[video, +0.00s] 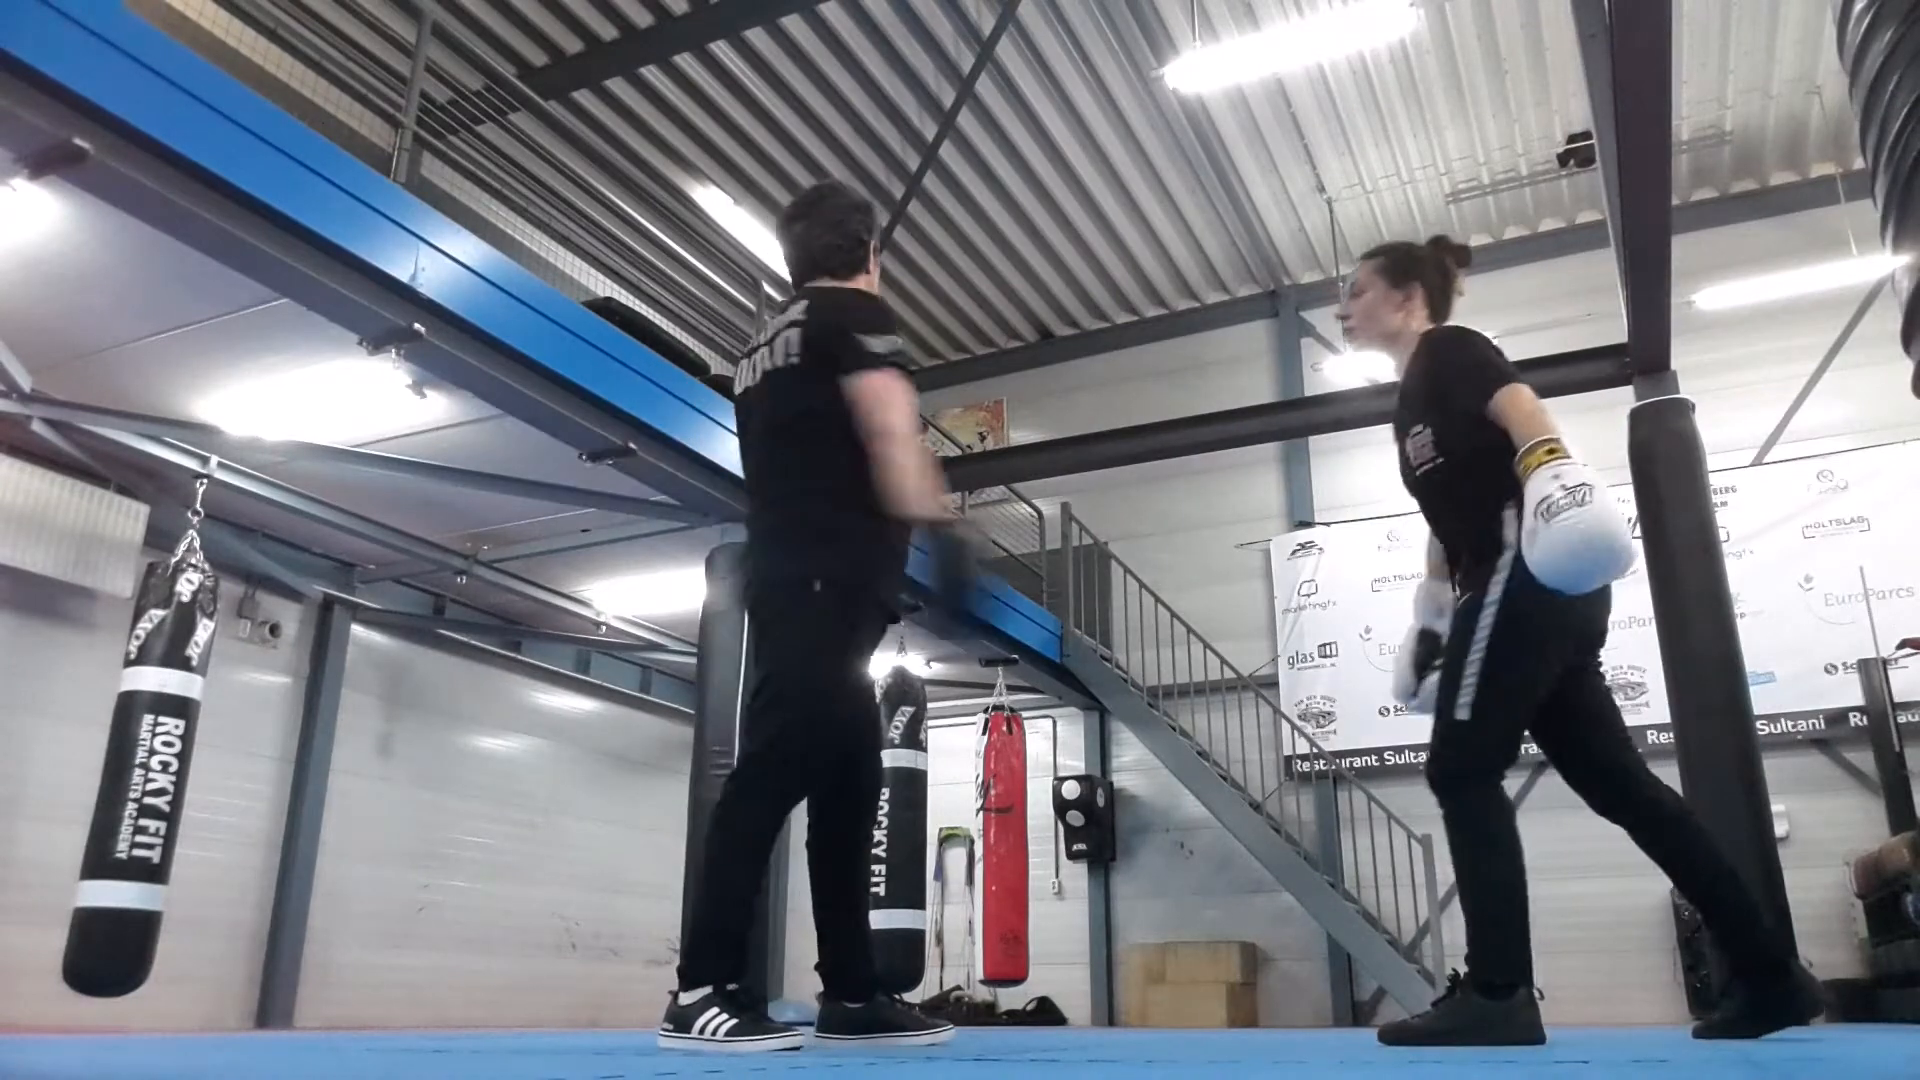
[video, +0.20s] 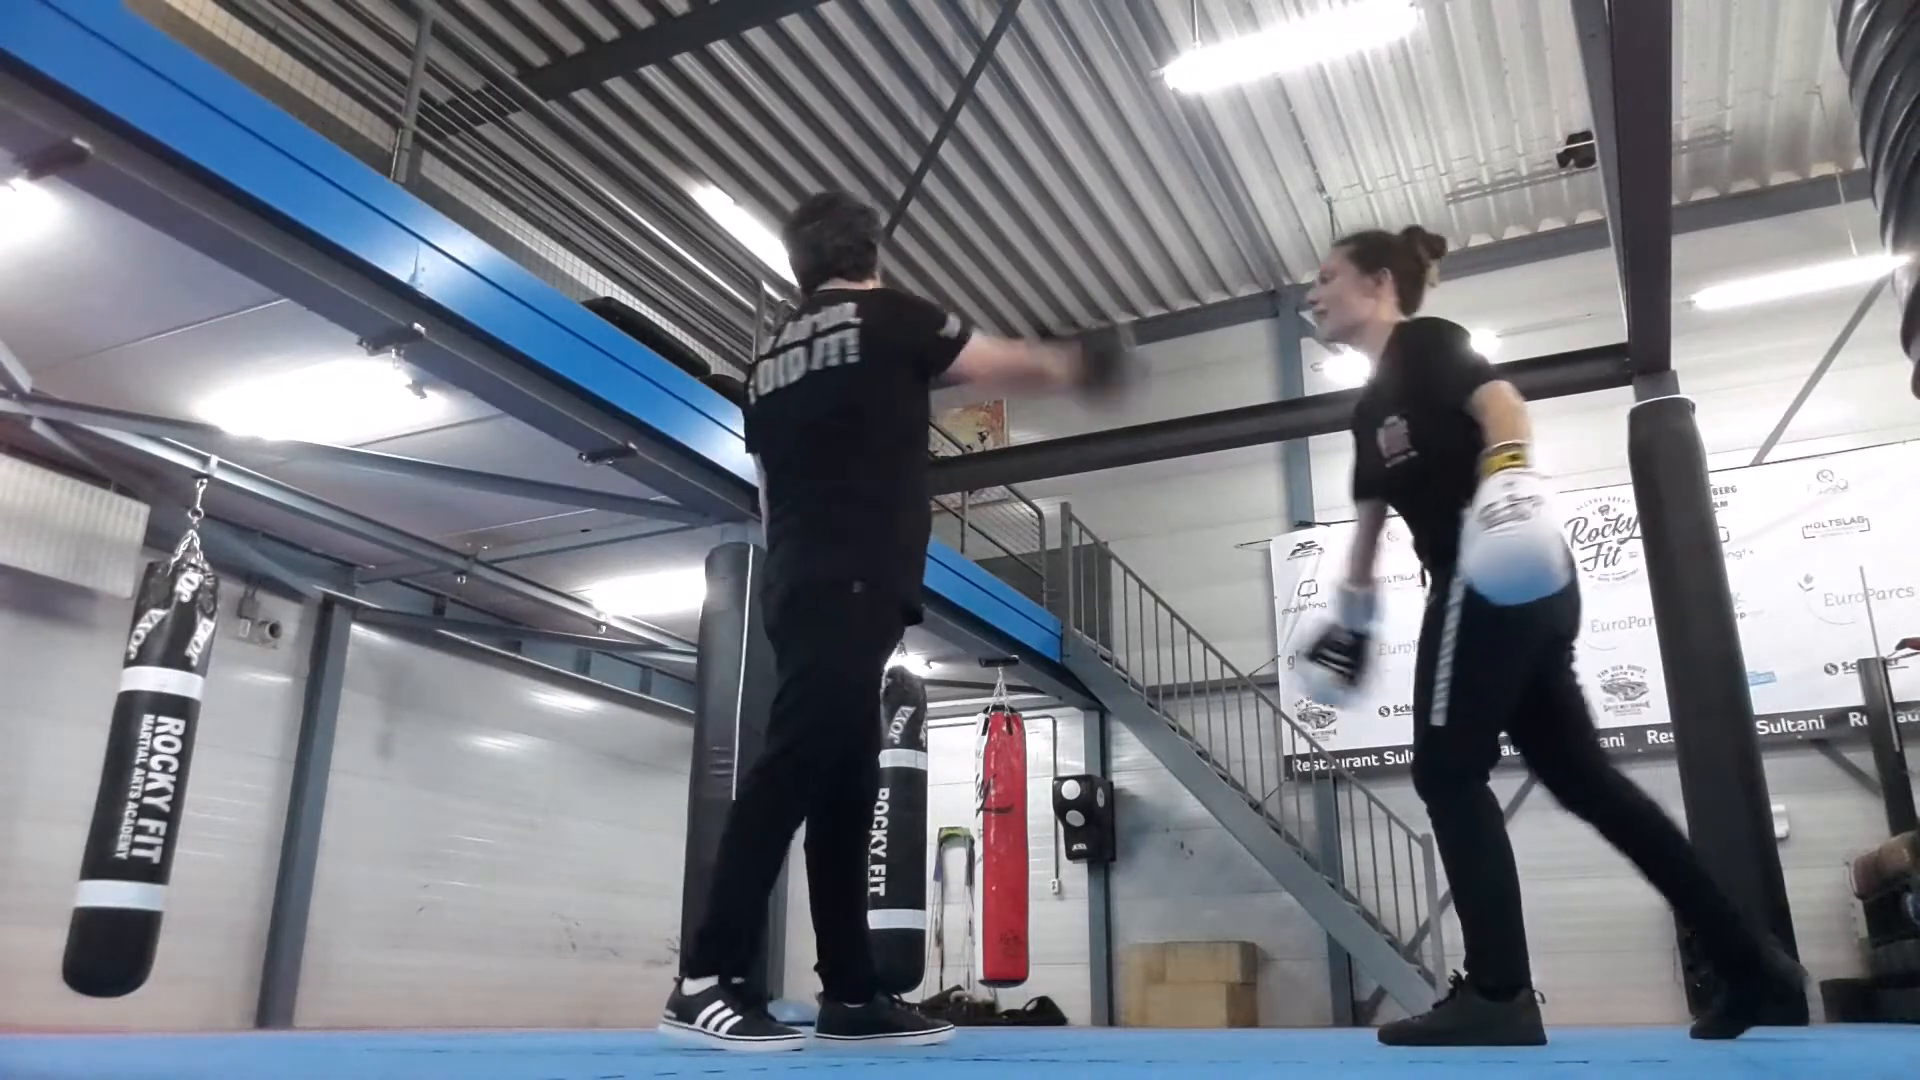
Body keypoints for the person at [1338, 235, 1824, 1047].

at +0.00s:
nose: (1345, 306)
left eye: (1358, 292)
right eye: (1346, 294)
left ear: (1407, 296)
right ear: (1396, 303)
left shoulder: (1447, 349)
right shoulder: (1412, 399)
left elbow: (1516, 407)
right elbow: (1451, 519)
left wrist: (1555, 476)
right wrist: (1431, 618)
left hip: (1527, 576)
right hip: (1526, 589)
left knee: (1461, 769)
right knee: (1619, 786)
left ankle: (1496, 996)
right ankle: (1768, 973)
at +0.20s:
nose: (1312, 294)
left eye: (1327, 280)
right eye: (1315, 282)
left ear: (1378, 286)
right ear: (1366, 292)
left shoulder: (1428, 344)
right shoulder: (1371, 406)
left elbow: (1500, 403)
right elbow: (1371, 516)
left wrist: (1508, 473)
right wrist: (1353, 609)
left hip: (1487, 578)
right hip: (1510, 582)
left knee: (1447, 772)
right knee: (1581, 778)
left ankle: (1498, 994)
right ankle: (1752, 967)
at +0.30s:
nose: (1303, 285)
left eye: (1316, 269)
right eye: (1305, 272)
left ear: (1364, 273)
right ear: (1359, 279)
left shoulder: (1408, 332)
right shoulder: (1369, 391)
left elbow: (1453, 405)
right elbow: (1335, 499)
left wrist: (1463, 503)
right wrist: (1284, 572)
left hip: (1470, 560)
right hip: (1508, 563)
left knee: (1455, 768)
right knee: (1524, 777)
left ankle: (1499, 994)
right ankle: (1700, 947)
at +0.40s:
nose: (1299, 286)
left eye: (1309, 269)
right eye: (1300, 271)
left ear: (1350, 267)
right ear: (1359, 273)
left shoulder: (1387, 330)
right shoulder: (1380, 361)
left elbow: (1400, 425)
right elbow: (1325, 474)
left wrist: (1385, 525)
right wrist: (1231, 513)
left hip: (1461, 557)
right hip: (1493, 560)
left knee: (1455, 767)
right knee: (1467, 768)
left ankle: (1498, 995)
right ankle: (1622, 948)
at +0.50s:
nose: (1297, 289)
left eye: (1304, 272)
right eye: (1299, 275)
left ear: (1342, 270)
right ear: (1367, 274)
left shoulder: (1368, 329)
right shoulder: (1400, 343)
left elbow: (1361, 435)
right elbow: (1345, 461)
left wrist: (1321, 532)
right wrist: (1240, 452)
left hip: (1442, 554)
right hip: (1487, 551)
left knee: (1446, 763)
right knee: (1450, 761)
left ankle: (1502, 989)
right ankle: (1522, 971)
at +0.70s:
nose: (1297, 314)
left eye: (1300, 300)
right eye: (1299, 301)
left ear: (1325, 295)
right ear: (1374, 302)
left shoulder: (1332, 355)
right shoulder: (1403, 367)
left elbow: (1297, 456)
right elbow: (1354, 453)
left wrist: (1227, 550)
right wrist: (1276, 423)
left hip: (1401, 565)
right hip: (1465, 566)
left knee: (1463, 773)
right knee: (1391, 777)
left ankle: (1503, 993)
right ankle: (1395, 986)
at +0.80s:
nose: (1298, 330)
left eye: (1300, 317)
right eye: (1300, 318)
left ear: (1321, 313)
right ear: (1367, 320)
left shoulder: (1321, 372)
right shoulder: (1401, 390)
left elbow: (1282, 476)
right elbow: (1360, 504)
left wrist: (1216, 561)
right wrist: (1271, 505)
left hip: (1383, 579)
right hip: (1445, 583)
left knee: (1441, 779)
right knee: (1370, 784)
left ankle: (1500, 994)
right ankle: (1389, 991)